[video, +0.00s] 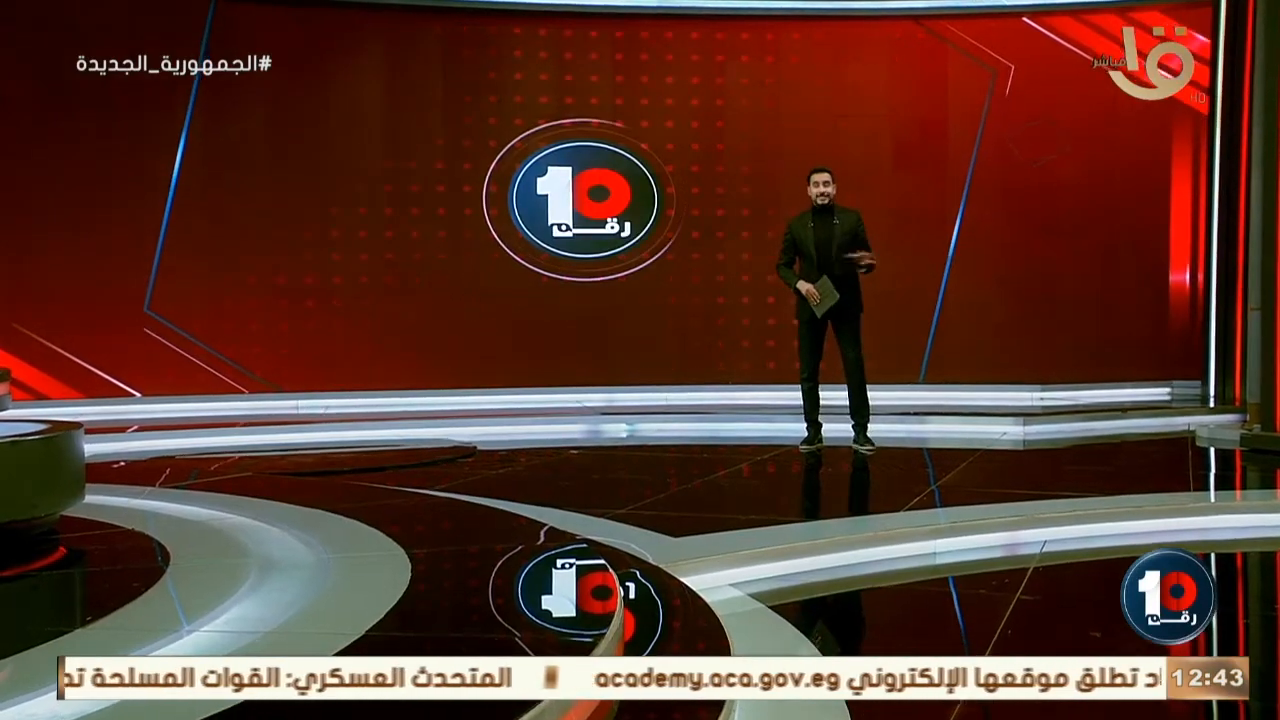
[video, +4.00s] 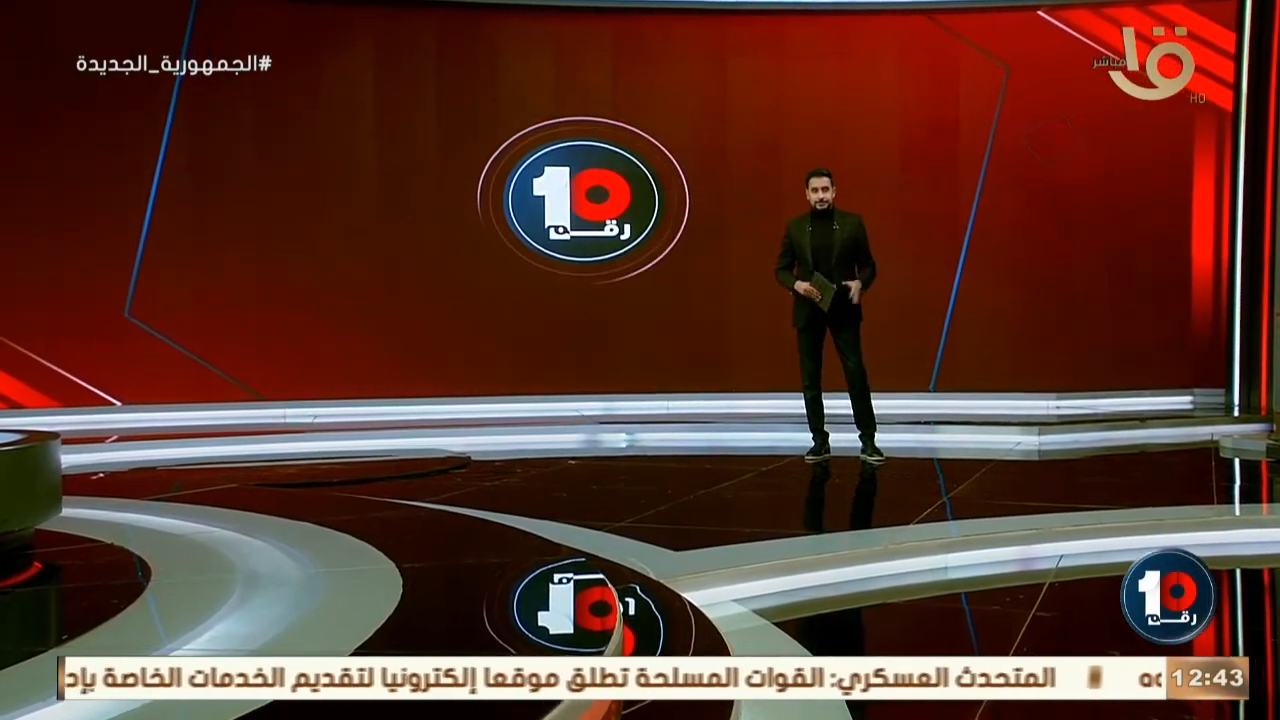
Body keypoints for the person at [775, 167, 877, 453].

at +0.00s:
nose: (822, 189)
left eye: (826, 184)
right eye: (816, 185)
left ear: (835, 188)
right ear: (808, 190)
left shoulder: (851, 219)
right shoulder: (797, 225)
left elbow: (865, 260)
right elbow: (783, 266)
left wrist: (866, 262)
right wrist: (799, 283)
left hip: (846, 303)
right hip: (811, 305)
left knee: (854, 366)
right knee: (808, 370)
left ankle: (860, 432)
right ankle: (813, 431)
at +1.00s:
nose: (853, 189)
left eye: (860, 185)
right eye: (849, 184)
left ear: (870, 190)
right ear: (843, 188)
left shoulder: (884, 222)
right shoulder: (830, 221)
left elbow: (895, 263)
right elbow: (815, 262)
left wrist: (894, 276)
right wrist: (822, 280)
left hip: (871, 307)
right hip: (836, 305)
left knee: (871, 373)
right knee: (825, 368)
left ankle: (864, 435)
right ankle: (820, 433)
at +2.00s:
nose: (863, 189)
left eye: (869, 185)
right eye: (859, 183)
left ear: (878, 190)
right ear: (852, 187)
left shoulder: (892, 224)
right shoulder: (836, 221)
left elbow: (902, 264)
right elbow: (818, 261)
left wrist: (900, 277)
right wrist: (828, 281)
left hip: (876, 309)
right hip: (841, 307)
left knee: (874, 376)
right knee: (829, 370)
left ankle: (866, 438)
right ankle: (823, 435)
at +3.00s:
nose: (857, 192)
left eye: (862, 186)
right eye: (852, 186)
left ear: (871, 190)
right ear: (844, 190)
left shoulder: (886, 223)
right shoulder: (830, 223)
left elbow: (896, 261)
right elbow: (812, 265)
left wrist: (903, 278)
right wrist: (825, 283)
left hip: (873, 308)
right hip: (836, 307)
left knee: (873, 376)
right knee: (826, 372)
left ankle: (868, 440)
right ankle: (819, 437)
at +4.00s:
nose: (820, 195)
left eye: (825, 189)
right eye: (815, 190)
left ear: (834, 191)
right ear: (807, 194)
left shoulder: (852, 224)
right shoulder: (796, 228)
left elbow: (868, 266)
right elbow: (782, 270)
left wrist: (860, 283)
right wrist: (796, 284)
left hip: (844, 311)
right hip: (809, 312)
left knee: (856, 373)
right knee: (810, 378)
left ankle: (868, 441)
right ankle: (819, 441)